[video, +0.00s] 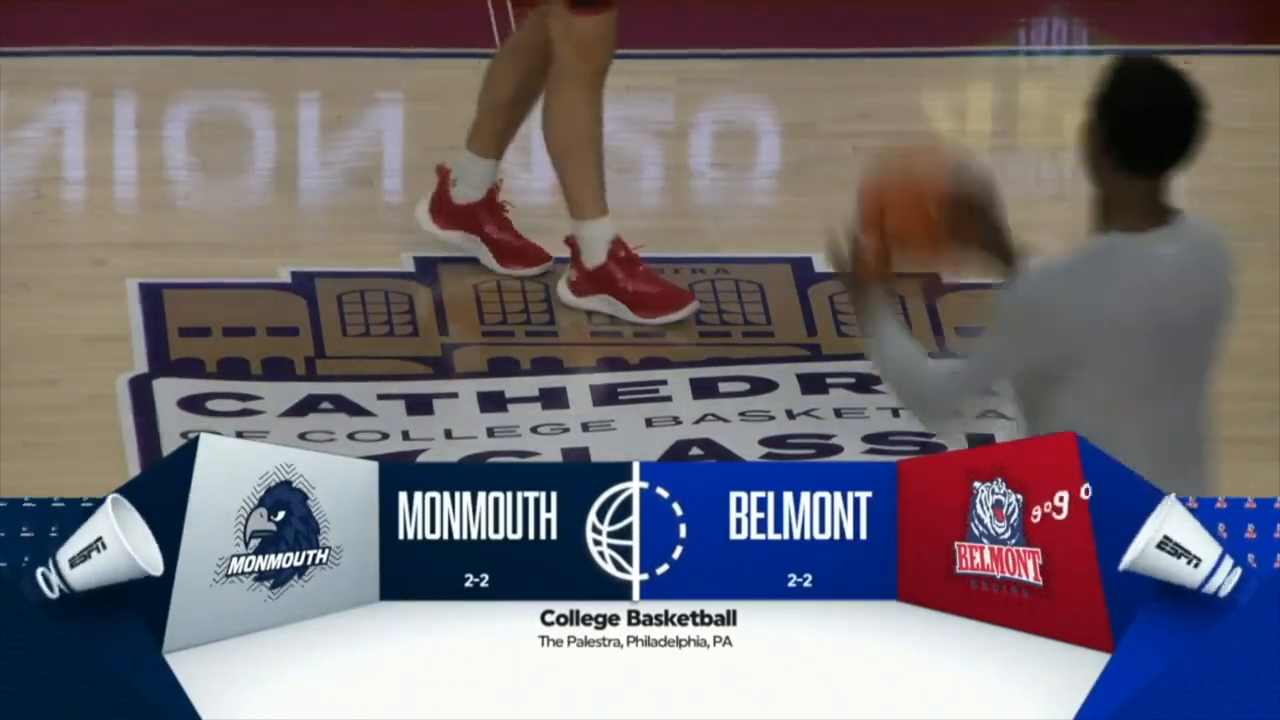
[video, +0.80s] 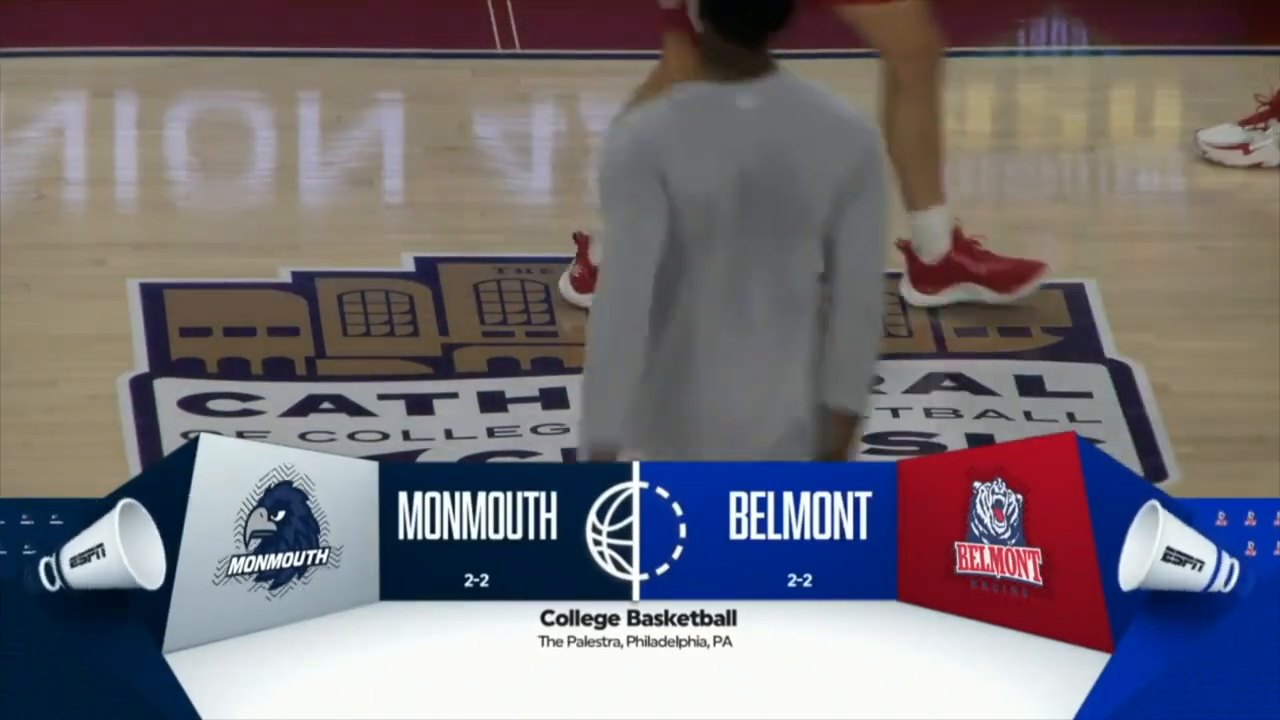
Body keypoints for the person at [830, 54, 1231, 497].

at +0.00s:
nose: (1084, 135)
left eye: (1089, 123)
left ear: (1094, 140)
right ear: (1185, 148)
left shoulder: (1055, 293)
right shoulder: (1206, 256)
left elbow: (937, 398)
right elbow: (1101, 332)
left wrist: (870, 300)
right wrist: (1007, 255)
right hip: (1184, 533)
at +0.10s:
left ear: (1039, 122)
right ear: (1126, 126)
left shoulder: (981, 266)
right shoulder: (1160, 231)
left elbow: (854, 271)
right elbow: (1075, 201)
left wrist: (840, 167)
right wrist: (1000, 138)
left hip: (998, 516)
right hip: (1118, 508)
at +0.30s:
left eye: (910, 77)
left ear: (914, 92)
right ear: (1000, 100)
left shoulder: (859, 213)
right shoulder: (1040, 204)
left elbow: (785, 170)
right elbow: (1053, 138)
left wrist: (816, 65)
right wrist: (1035, 70)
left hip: (891, 469)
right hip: (1015, 467)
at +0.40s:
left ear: (862, 94)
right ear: (951, 101)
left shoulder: (799, 216)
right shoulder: (988, 208)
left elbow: (742, 179)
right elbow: (1031, 153)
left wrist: (764, 95)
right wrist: (1017, 92)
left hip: (836, 484)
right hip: (960, 483)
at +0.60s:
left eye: (775, 32)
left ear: (779, 46)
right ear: (867, 54)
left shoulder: (708, 189)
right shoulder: (920, 170)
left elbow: (644, 313)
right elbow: (960, 308)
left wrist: (594, 381)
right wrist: (955, 339)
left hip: (745, 454)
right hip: (867, 449)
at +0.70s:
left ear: (743, 32)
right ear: (826, 37)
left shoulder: (679, 163)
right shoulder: (883, 150)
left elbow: (625, 330)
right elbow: (901, 304)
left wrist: (573, 466)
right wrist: (905, 420)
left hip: (705, 441)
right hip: (834, 440)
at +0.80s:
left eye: (683, 9)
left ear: (693, 13)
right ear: (783, 16)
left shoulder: (645, 137)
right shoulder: (849, 137)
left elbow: (622, 306)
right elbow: (858, 304)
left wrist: (600, 447)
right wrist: (838, 439)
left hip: (672, 433)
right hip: (793, 432)